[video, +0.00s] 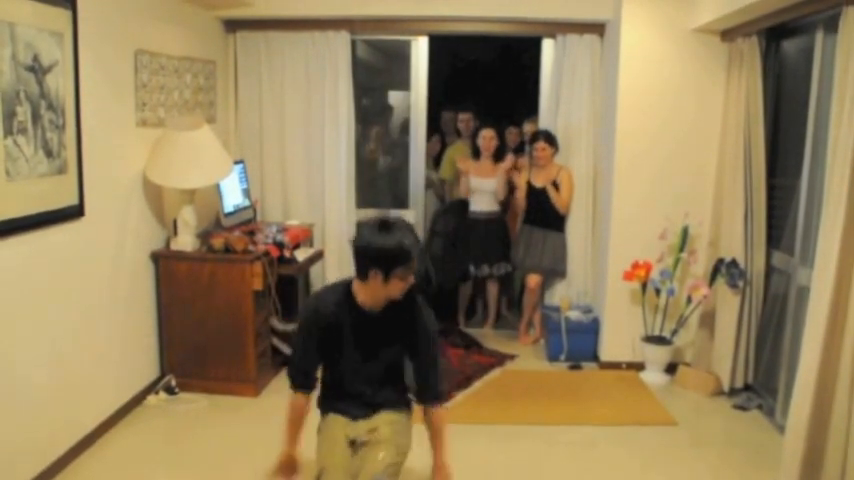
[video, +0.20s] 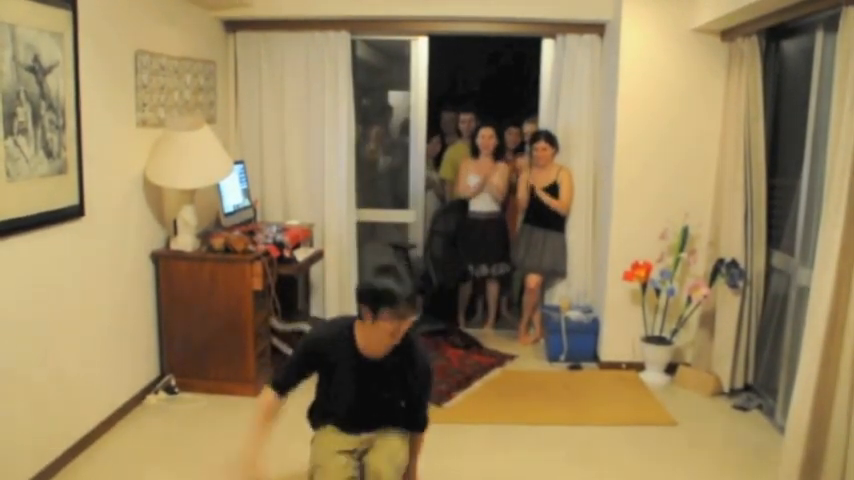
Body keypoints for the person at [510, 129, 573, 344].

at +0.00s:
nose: (539, 154)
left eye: (544, 149)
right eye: (536, 149)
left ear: (553, 151)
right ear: (532, 152)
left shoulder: (563, 174)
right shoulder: (527, 173)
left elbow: (563, 208)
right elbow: (520, 207)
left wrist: (549, 186)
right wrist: (519, 185)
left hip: (551, 232)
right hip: (529, 229)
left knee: (533, 280)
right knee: (534, 284)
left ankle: (523, 324)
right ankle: (538, 328)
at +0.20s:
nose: (539, 154)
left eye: (544, 149)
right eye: (536, 149)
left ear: (554, 151)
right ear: (532, 152)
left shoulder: (562, 173)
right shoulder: (528, 174)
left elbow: (564, 208)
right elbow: (522, 201)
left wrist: (541, 194)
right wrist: (523, 177)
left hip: (551, 231)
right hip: (530, 229)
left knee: (533, 281)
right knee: (533, 284)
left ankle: (523, 325)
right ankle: (538, 328)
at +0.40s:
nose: (540, 154)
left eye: (544, 149)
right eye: (536, 149)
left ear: (554, 151)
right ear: (532, 152)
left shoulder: (562, 174)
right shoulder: (527, 173)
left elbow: (563, 208)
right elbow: (520, 207)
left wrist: (555, 188)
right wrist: (517, 186)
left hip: (551, 232)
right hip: (530, 229)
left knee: (533, 281)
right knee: (535, 284)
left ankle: (523, 325)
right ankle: (538, 328)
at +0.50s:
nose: (540, 154)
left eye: (545, 149)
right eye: (536, 149)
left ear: (554, 151)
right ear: (532, 152)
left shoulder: (562, 174)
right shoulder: (527, 173)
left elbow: (563, 209)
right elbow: (520, 208)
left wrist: (551, 189)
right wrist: (519, 187)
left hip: (551, 232)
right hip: (530, 229)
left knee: (533, 281)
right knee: (534, 285)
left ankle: (523, 324)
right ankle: (538, 328)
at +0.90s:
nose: (540, 153)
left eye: (544, 148)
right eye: (536, 148)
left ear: (554, 150)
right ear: (532, 150)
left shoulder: (562, 173)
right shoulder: (526, 173)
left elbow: (563, 207)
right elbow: (520, 204)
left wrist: (553, 186)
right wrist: (512, 184)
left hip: (551, 231)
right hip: (530, 228)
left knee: (532, 280)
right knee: (535, 284)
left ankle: (523, 323)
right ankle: (538, 327)